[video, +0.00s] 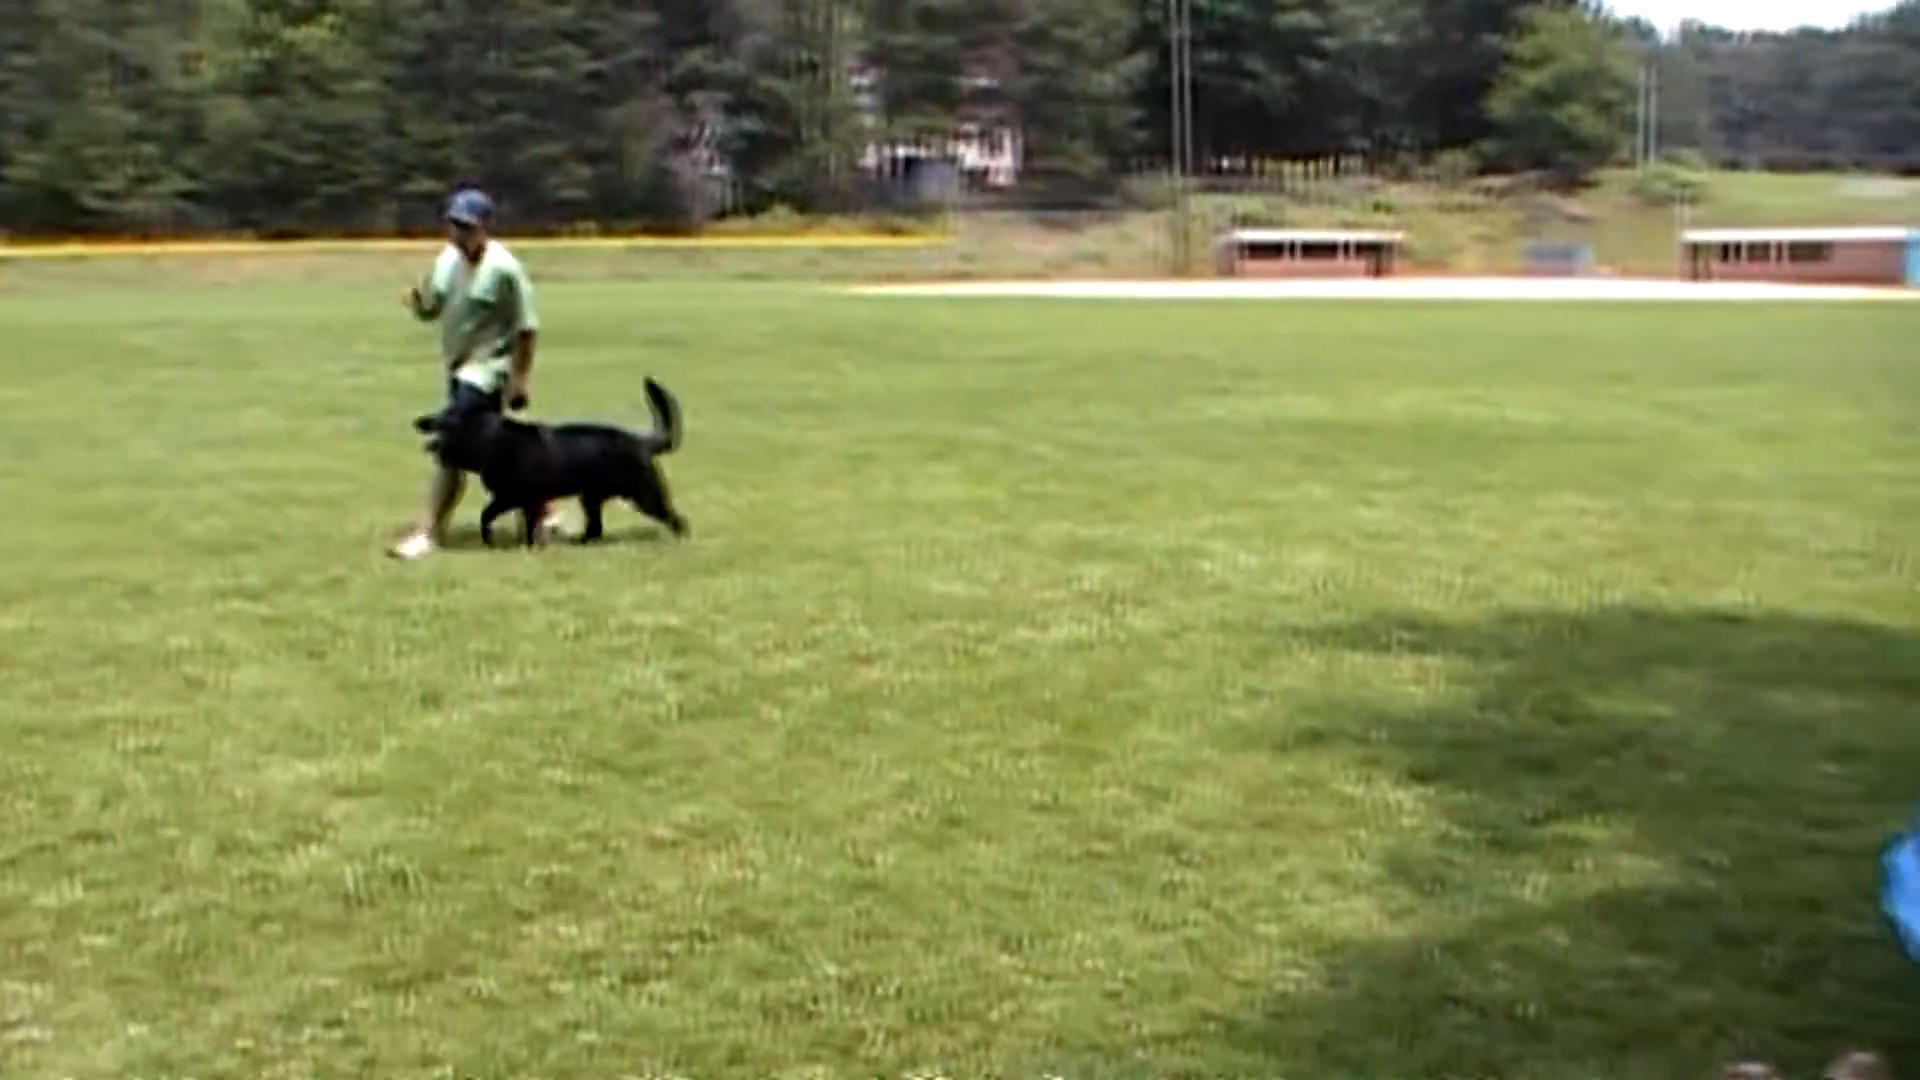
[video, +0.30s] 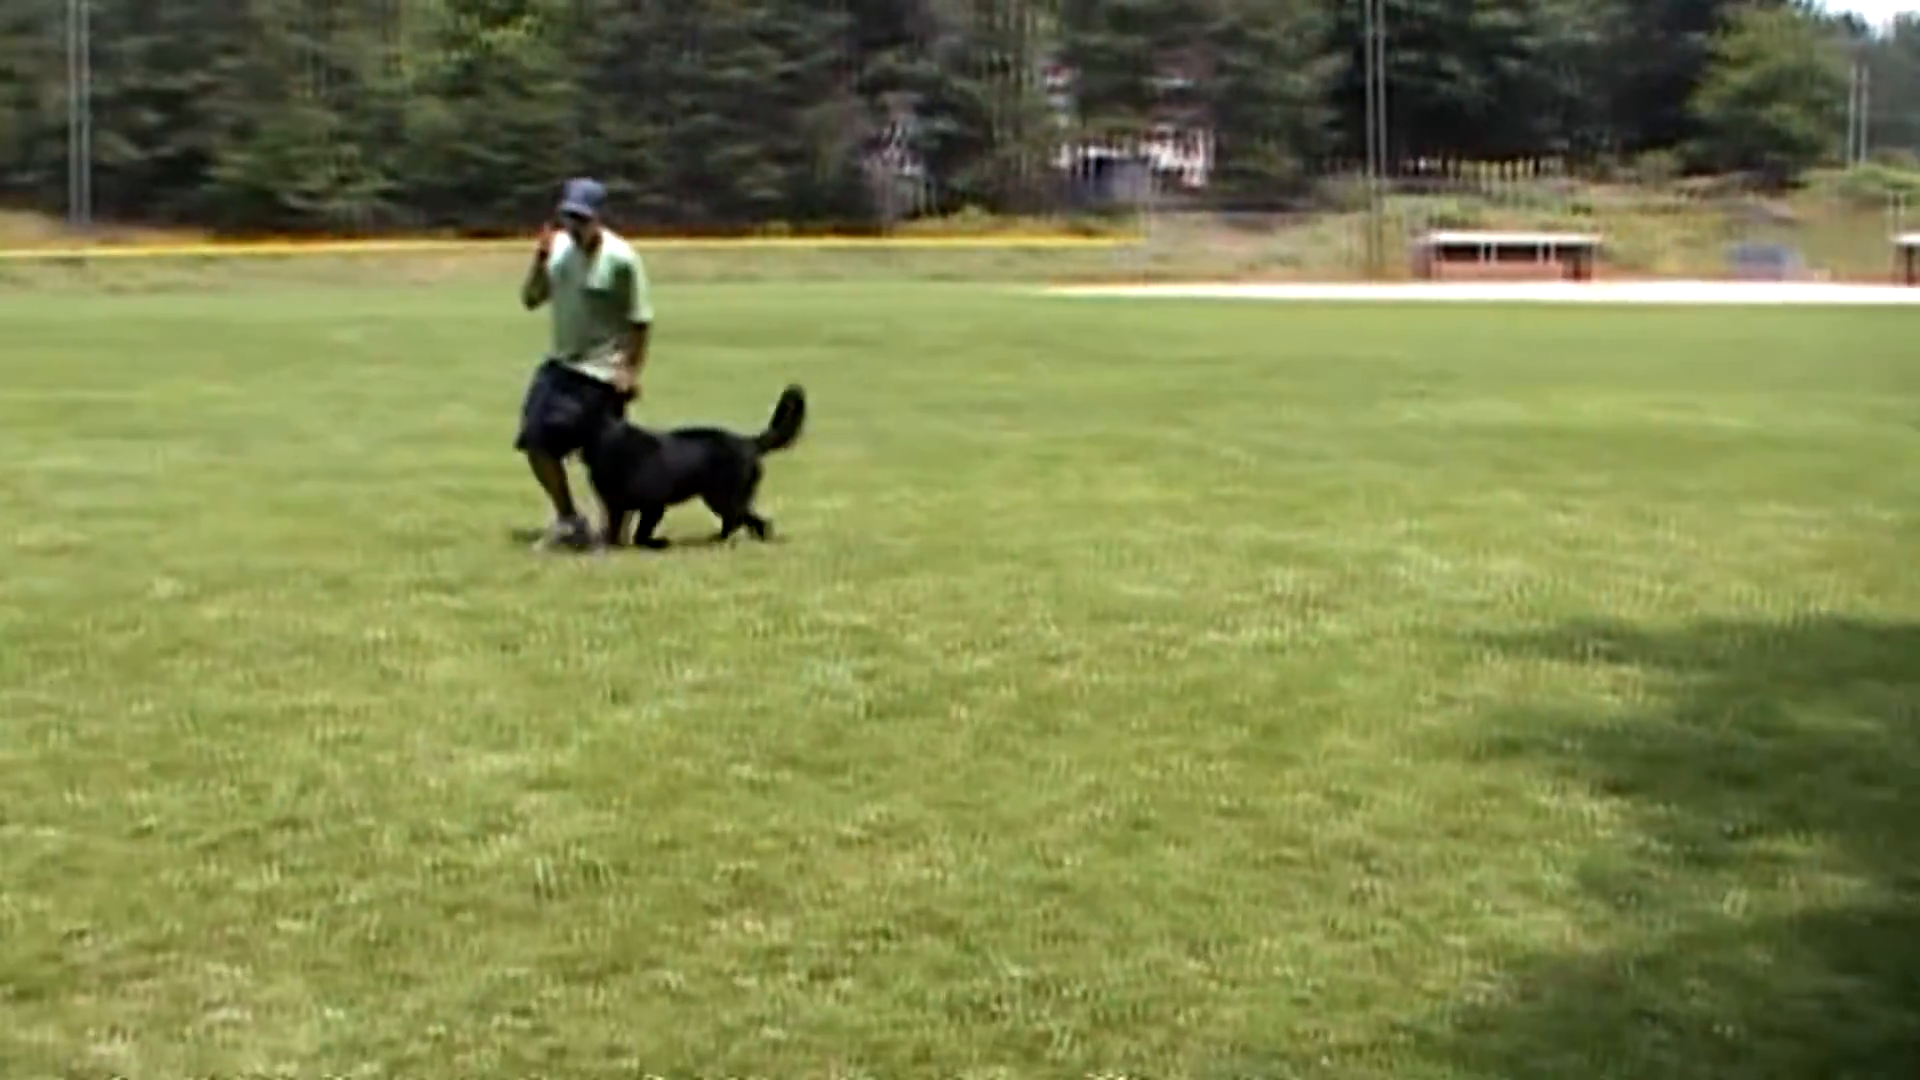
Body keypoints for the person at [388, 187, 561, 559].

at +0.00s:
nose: (459, 235)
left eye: (467, 227)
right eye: (454, 227)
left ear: (486, 227)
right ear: (449, 227)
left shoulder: (505, 269)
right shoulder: (449, 259)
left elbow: (526, 327)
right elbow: (435, 306)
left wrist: (519, 378)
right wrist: (422, 302)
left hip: (489, 367)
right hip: (459, 365)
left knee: (451, 444)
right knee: (492, 447)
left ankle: (431, 530)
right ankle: (538, 509)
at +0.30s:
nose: (575, 226)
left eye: (582, 219)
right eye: (569, 218)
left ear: (598, 220)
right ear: (562, 219)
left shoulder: (623, 260)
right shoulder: (560, 249)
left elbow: (640, 319)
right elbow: (533, 298)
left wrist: (631, 369)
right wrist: (540, 259)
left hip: (605, 367)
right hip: (563, 362)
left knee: (601, 453)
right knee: (535, 440)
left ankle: (612, 526)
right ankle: (568, 518)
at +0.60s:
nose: (657, 234)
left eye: (666, 226)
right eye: (652, 224)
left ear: (683, 228)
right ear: (644, 225)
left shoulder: (704, 269)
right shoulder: (638, 261)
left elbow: (726, 330)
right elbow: (613, 315)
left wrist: (727, 385)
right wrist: (618, 274)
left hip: (687, 381)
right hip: (641, 377)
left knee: (708, 462)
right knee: (620, 466)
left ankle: (748, 524)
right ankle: (616, 542)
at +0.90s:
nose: (588, 223)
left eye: (595, 215)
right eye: (582, 214)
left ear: (609, 218)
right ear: (574, 216)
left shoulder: (634, 263)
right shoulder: (563, 254)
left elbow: (652, 324)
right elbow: (534, 311)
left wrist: (649, 379)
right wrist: (543, 273)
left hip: (612, 363)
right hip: (571, 361)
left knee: (574, 428)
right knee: (565, 447)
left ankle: (591, 532)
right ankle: (572, 533)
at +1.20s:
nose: (528, 218)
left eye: (536, 209)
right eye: (521, 208)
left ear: (549, 213)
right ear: (509, 210)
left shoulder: (570, 264)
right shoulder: (489, 253)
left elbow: (586, 332)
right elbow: (469, 304)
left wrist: (582, 387)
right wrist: (449, 345)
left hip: (548, 378)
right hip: (499, 373)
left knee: (521, 465)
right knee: (479, 454)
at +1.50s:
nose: (402, 194)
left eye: (411, 184)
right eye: (394, 184)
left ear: (424, 188)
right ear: (378, 187)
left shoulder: (449, 241)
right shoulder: (357, 238)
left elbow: (464, 306)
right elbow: (337, 297)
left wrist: (439, 354)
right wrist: (314, 353)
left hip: (426, 372)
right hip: (371, 365)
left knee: (420, 477)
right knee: (357, 462)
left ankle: (411, 558)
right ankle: (344, 555)